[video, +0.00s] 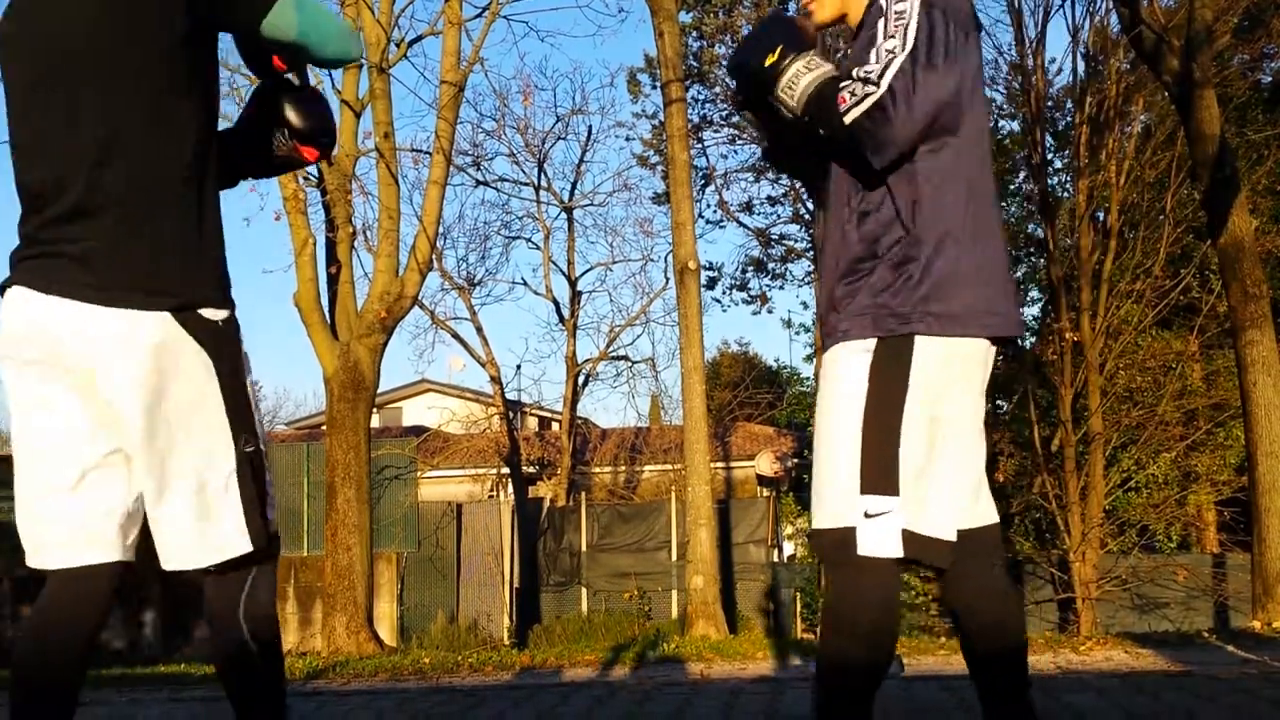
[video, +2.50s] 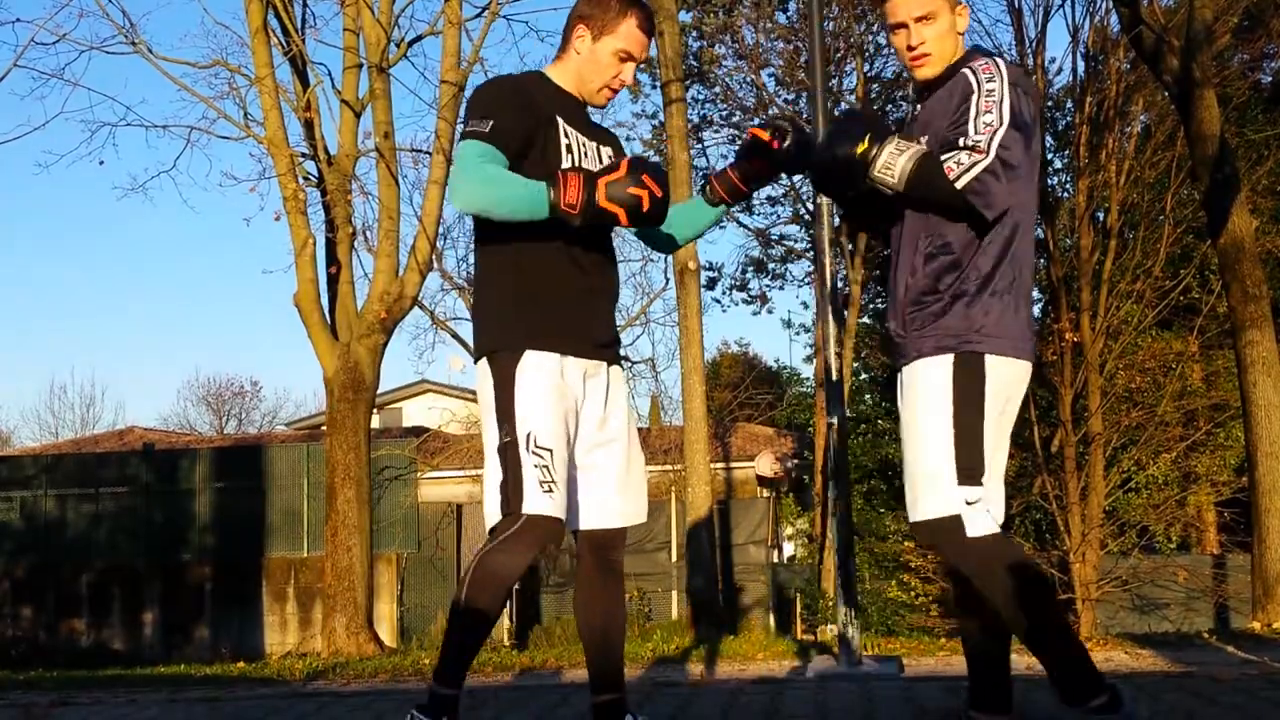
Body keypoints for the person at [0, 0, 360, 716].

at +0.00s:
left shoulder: (23, 17)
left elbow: (125, 164)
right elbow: (340, 42)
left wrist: (252, 147)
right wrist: (270, 31)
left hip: (41, 299)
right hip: (167, 306)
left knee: (81, 563)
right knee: (233, 561)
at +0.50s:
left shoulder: (199, 66)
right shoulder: (331, 26)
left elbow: (188, 226)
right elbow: (459, 90)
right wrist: (371, 69)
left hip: (226, 332)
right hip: (311, 327)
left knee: (275, 544)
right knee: (319, 541)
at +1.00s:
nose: (472, 88)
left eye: (475, 73)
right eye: (473, 69)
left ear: (422, 44)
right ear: (444, 51)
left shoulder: (336, 106)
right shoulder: (395, 83)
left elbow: (347, 249)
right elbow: (506, 176)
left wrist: (436, 309)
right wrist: (451, 121)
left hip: (306, 345)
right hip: (359, 344)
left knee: (360, 529)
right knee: (467, 513)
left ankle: (345, 707)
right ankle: (396, 696)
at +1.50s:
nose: (558, 76)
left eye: (564, 61)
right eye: (555, 57)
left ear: (509, 35)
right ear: (513, 35)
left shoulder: (449, 98)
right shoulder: (469, 91)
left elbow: (481, 249)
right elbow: (538, 219)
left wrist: (568, 254)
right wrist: (562, 178)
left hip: (414, 342)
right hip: (446, 345)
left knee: (441, 534)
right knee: (493, 528)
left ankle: (378, 705)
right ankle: (503, 713)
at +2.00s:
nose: (624, 67)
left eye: (632, 54)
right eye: (620, 46)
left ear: (588, 33)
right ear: (577, 25)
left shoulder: (588, 129)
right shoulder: (496, 84)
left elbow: (660, 226)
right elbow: (494, 187)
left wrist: (711, 172)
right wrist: (604, 163)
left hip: (575, 349)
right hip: (503, 344)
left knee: (598, 531)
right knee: (531, 529)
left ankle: (610, 711)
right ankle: (515, 713)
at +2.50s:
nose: (630, 78)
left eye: (638, 66)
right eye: (625, 60)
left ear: (604, 46)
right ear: (584, 36)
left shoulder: (605, 144)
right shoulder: (508, 96)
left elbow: (664, 231)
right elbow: (468, 186)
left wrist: (733, 182)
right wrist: (572, 196)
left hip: (598, 354)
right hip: (525, 347)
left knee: (605, 533)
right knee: (530, 522)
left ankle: (610, 713)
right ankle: (440, 701)